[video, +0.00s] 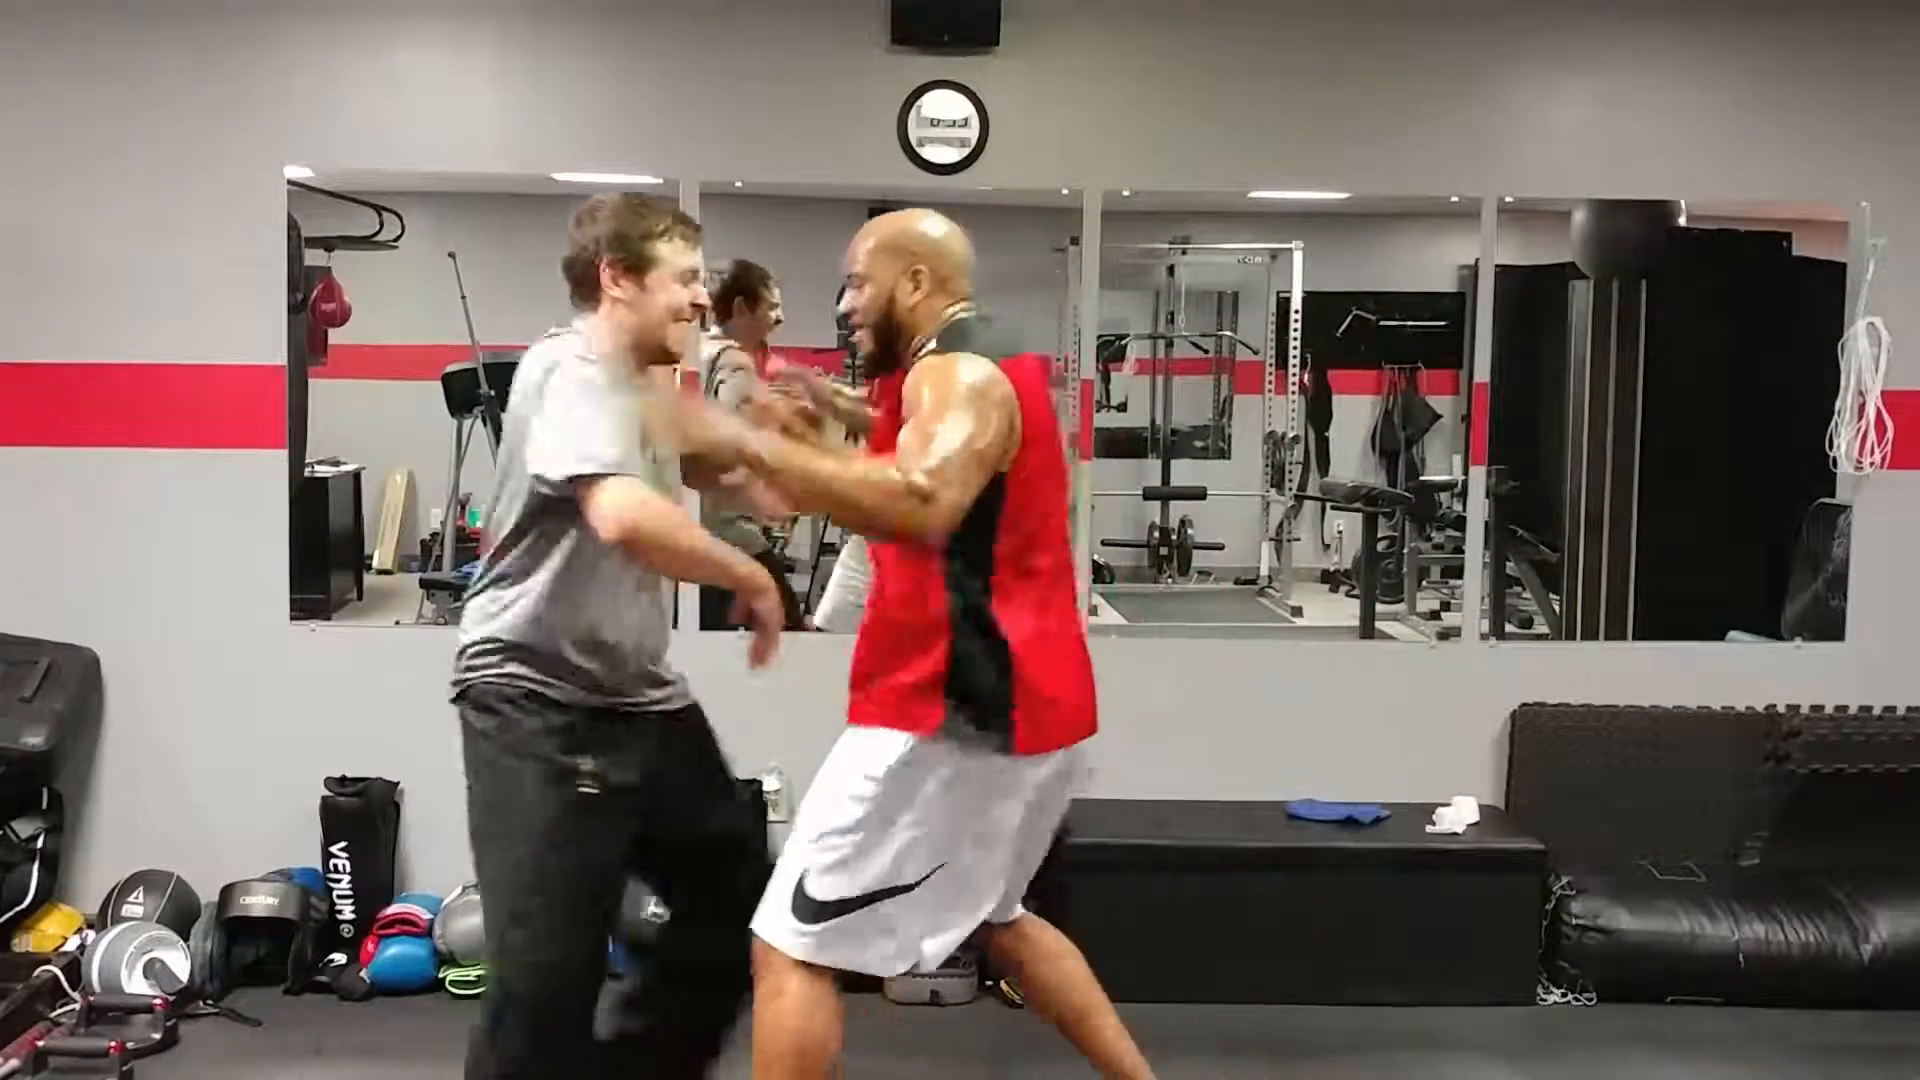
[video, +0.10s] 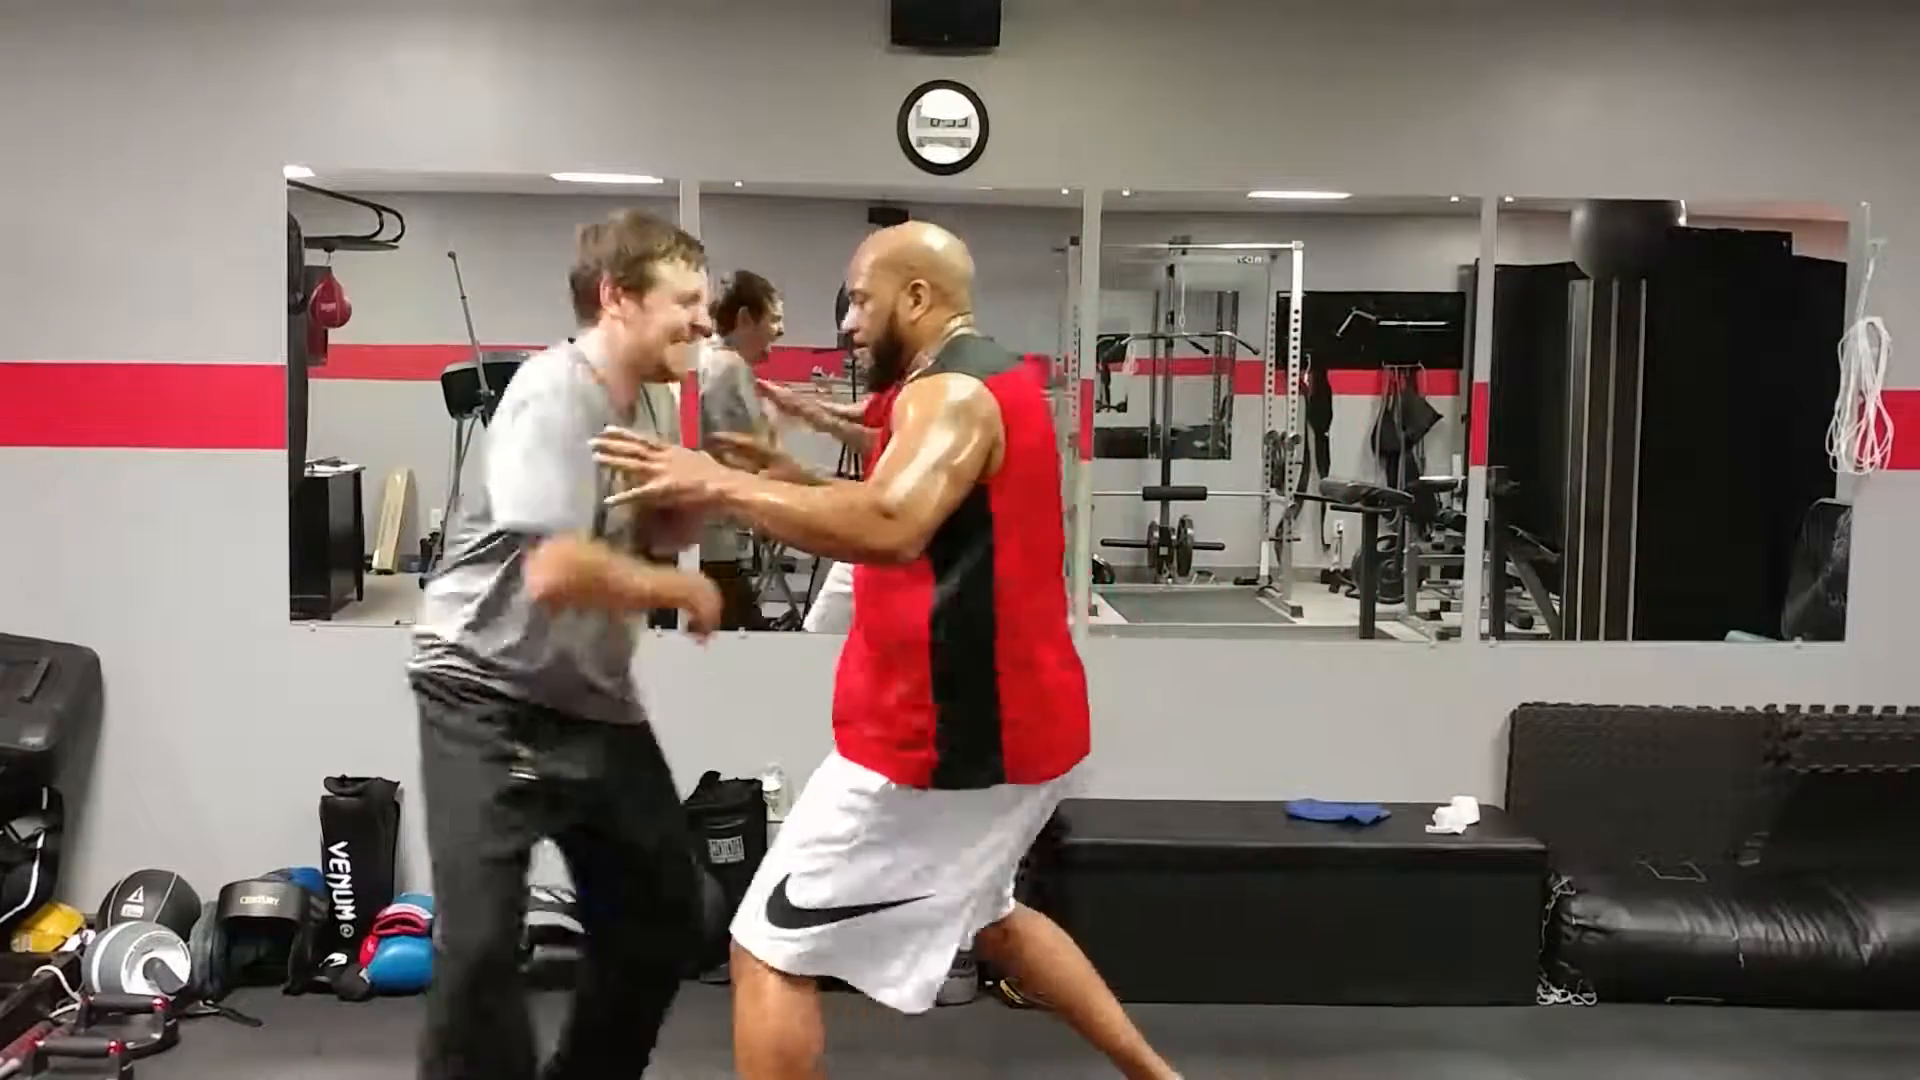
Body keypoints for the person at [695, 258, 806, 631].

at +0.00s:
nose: (779, 318)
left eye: (778, 307)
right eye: (771, 307)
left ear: (739, 309)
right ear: (740, 309)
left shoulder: (722, 358)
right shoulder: (735, 367)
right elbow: (722, 461)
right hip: (738, 525)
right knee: (788, 625)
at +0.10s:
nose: (780, 330)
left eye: (780, 320)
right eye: (774, 320)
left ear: (743, 321)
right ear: (745, 320)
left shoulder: (710, 361)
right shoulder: (730, 369)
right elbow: (739, 456)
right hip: (719, 547)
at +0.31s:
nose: (765, 381)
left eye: (766, 371)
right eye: (760, 370)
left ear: (727, 365)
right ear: (729, 363)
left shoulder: (701, 414)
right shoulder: (689, 415)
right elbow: (661, 507)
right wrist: (708, 492)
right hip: (633, 564)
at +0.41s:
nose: (732, 366)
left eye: (734, 355)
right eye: (727, 355)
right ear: (700, 353)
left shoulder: (647, 383)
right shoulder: (661, 397)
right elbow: (640, 499)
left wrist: (676, 517)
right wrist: (684, 488)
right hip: (604, 554)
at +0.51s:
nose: (698, 340)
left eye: (700, 328)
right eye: (693, 328)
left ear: (660, 325)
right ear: (664, 326)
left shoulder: (620, 363)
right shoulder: (641, 379)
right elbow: (649, 475)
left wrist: (664, 467)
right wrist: (676, 465)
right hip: (598, 554)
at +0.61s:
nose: (678, 323)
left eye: (678, 311)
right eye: (673, 311)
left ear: (636, 311)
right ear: (644, 311)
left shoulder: (594, 348)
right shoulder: (629, 363)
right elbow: (664, 450)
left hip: (549, 541)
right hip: (599, 549)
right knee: (645, 659)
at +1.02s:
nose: (673, 328)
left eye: (671, 318)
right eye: (665, 318)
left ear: (624, 326)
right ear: (631, 324)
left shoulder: (581, 367)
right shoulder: (649, 375)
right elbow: (720, 420)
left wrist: (669, 361)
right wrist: (709, 357)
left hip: (562, 550)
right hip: (627, 556)